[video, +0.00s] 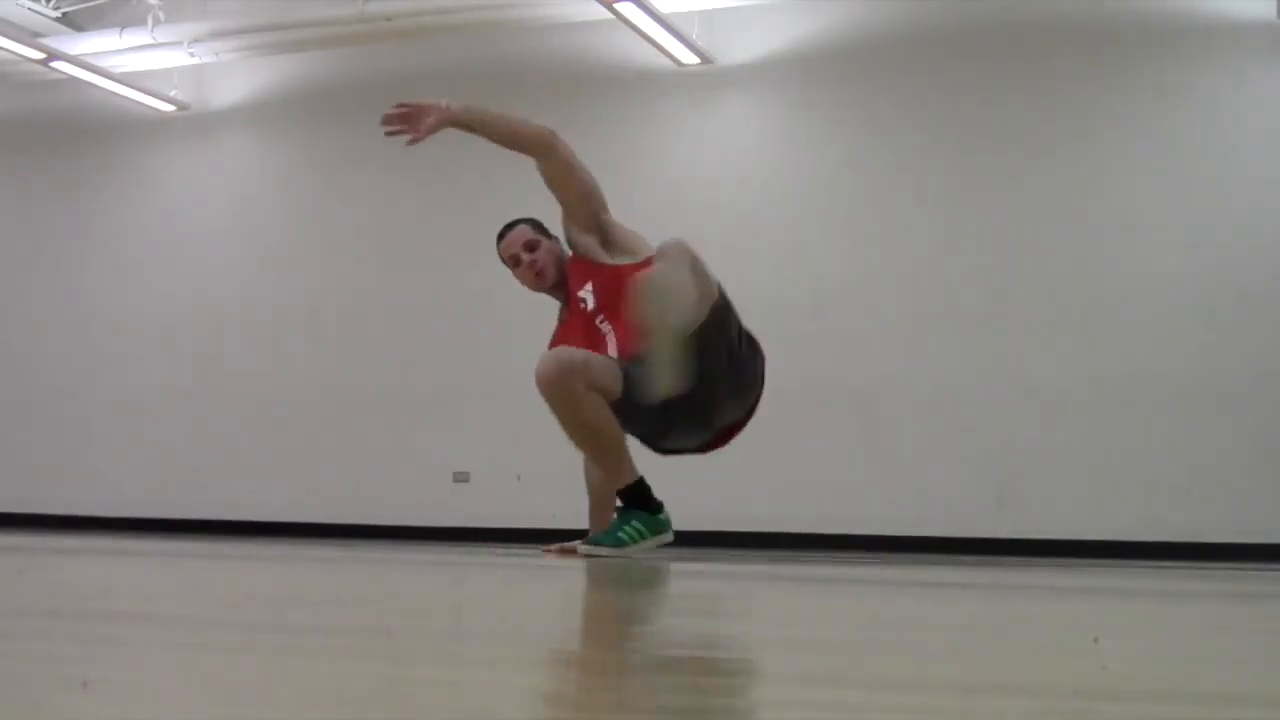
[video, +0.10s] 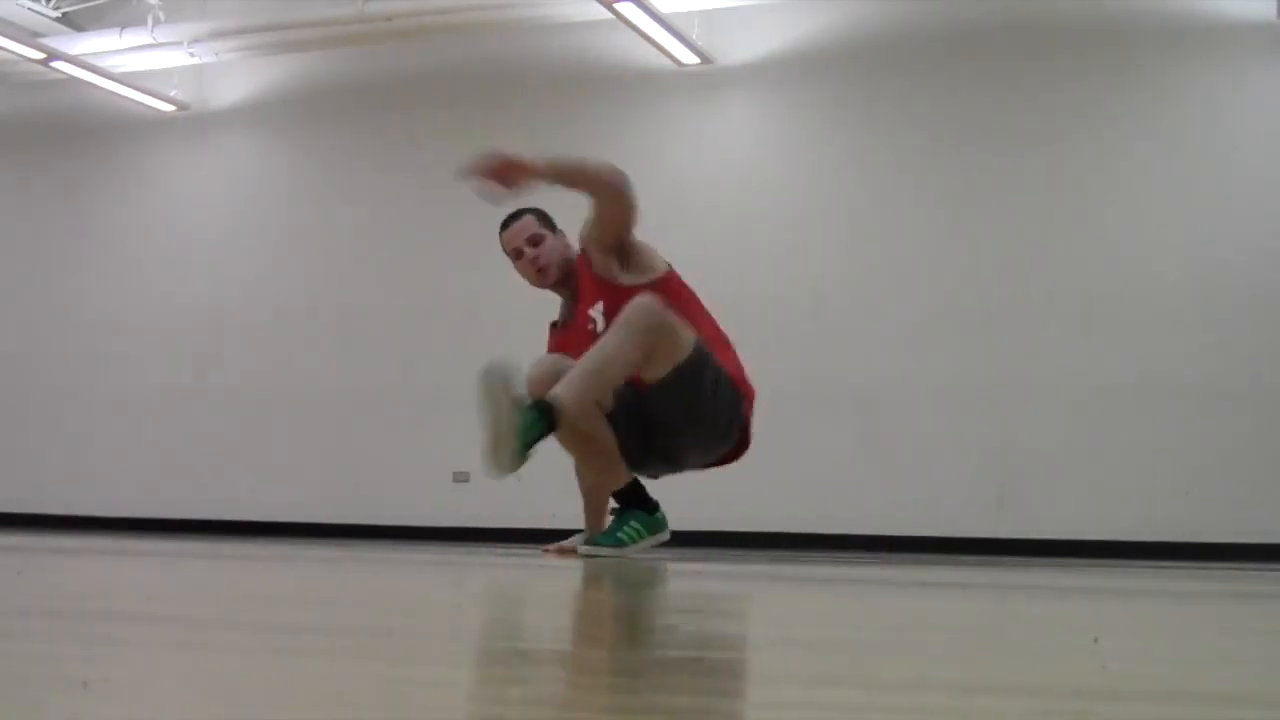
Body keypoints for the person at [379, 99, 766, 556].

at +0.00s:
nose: (526, 265)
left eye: (531, 249)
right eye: (514, 265)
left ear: (555, 242)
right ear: (515, 278)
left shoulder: (596, 241)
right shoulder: (567, 349)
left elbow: (548, 144)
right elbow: (598, 446)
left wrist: (453, 115)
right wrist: (598, 535)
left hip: (728, 377)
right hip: (675, 426)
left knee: (674, 258)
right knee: (557, 369)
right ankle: (644, 511)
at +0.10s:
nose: (531, 257)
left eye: (537, 241)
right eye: (518, 256)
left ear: (564, 237)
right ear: (518, 272)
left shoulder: (607, 252)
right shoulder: (563, 341)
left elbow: (613, 184)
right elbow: (586, 436)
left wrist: (533, 170)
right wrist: (592, 535)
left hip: (713, 418)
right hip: (646, 442)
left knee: (647, 314)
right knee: (547, 374)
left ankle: (536, 421)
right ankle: (641, 513)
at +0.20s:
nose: (548, 248)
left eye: (556, 232)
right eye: (534, 243)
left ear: (582, 229)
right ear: (530, 258)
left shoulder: (630, 261)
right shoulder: (562, 334)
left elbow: (693, 297)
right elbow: (577, 426)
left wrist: (713, 315)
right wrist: (576, 522)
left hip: (696, 444)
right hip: (640, 455)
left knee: (600, 364)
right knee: (536, 381)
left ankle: (458, 486)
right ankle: (639, 511)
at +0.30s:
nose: (581, 244)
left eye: (591, 229)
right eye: (567, 236)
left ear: (618, 229)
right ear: (556, 248)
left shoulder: (672, 289)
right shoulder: (566, 319)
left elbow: (736, 377)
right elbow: (553, 422)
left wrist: (818, 454)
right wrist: (529, 507)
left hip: (690, 446)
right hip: (624, 441)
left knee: (579, 398)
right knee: (532, 384)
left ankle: (430, 512)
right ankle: (635, 510)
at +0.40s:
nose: (624, 250)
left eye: (638, 234)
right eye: (613, 236)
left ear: (666, 234)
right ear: (600, 240)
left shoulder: (713, 302)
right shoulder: (587, 297)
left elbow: (764, 423)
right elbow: (519, 378)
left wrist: (805, 536)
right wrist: (436, 440)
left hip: (694, 446)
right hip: (629, 420)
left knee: (566, 430)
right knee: (530, 387)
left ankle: (465, 528)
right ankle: (635, 510)